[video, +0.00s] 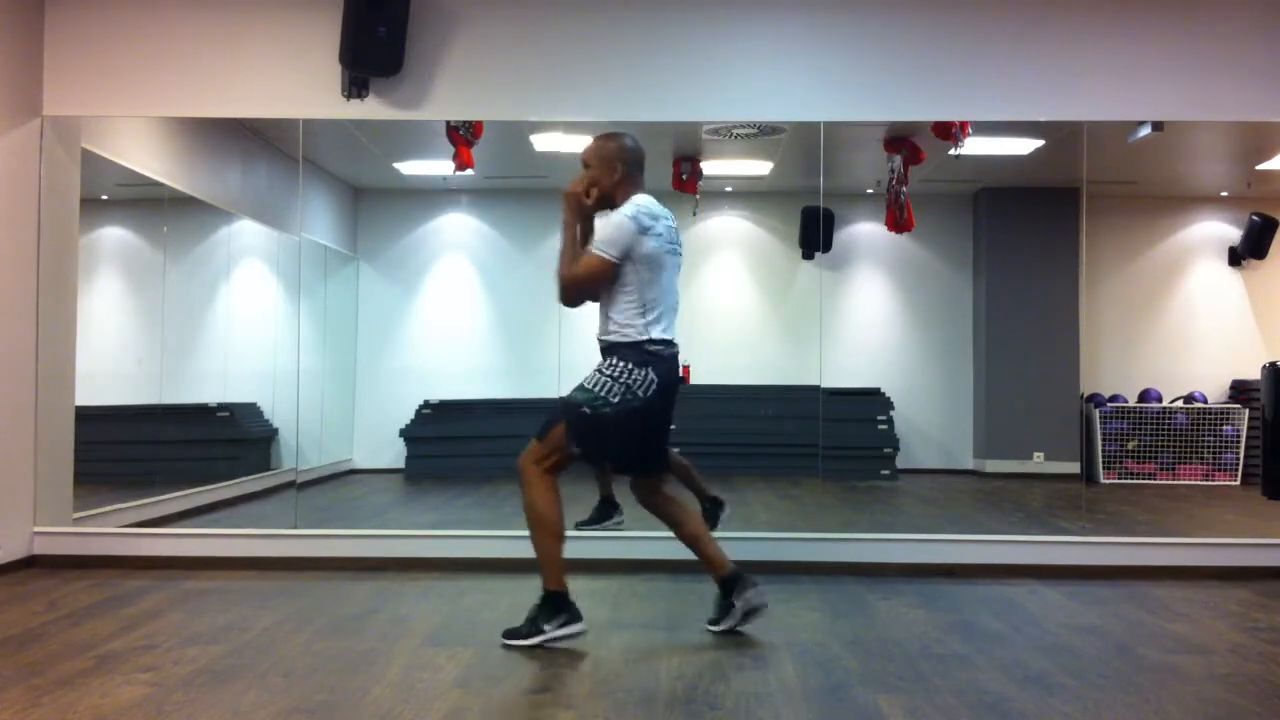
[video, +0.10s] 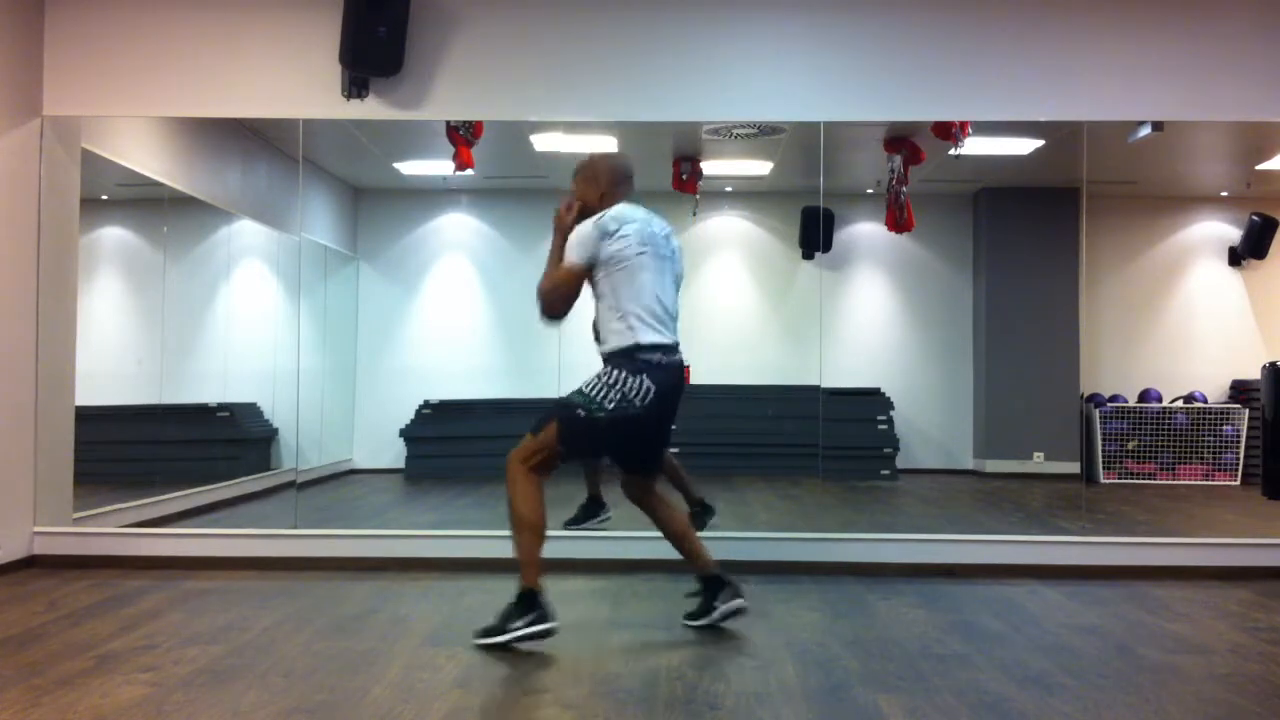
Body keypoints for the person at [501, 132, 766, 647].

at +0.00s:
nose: (582, 180)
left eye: (588, 169)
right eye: (583, 169)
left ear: (617, 173)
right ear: (629, 174)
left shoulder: (625, 218)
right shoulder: (658, 218)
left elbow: (570, 288)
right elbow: (584, 286)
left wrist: (573, 219)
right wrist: (582, 220)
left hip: (627, 369)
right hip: (656, 369)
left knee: (536, 465)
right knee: (650, 488)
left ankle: (556, 603)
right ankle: (733, 582)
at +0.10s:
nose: (572, 193)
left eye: (578, 183)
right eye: (575, 183)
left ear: (601, 185)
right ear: (623, 186)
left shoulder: (595, 228)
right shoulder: (663, 231)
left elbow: (552, 305)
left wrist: (559, 236)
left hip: (628, 375)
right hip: (668, 375)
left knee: (523, 464)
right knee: (640, 485)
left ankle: (530, 600)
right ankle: (715, 582)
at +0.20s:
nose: (559, 234)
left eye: (560, 225)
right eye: (558, 226)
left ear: (578, 217)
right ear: (605, 213)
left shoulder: (581, 253)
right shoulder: (654, 254)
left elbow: (554, 344)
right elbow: (652, 329)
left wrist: (548, 277)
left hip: (620, 397)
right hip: (663, 395)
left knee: (513, 473)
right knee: (633, 498)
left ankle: (516, 609)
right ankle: (715, 592)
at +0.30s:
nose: (528, 250)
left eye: (530, 238)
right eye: (526, 240)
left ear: (553, 231)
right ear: (570, 229)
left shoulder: (579, 267)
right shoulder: (613, 261)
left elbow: (554, 358)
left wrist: (523, 299)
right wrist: (542, 287)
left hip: (618, 412)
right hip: (647, 411)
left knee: (503, 475)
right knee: (607, 515)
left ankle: (516, 613)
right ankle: (708, 588)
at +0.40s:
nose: (501, 253)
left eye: (505, 242)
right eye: (499, 243)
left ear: (534, 240)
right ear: (537, 240)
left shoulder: (583, 278)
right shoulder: (552, 284)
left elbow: (562, 366)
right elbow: (528, 363)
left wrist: (515, 303)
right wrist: (506, 301)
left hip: (613, 413)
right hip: (605, 411)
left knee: (494, 475)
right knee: (578, 525)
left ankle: (517, 615)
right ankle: (692, 575)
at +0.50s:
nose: (483, 260)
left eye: (488, 249)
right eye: (481, 251)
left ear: (519, 247)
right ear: (519, 248)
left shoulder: (570, 290)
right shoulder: (528, 292)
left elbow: (547, 371)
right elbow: (516, 367)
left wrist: (501, 309)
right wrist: (491, 307)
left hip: (603, 412)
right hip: (582, 410)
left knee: (484, 477)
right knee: (549, 518)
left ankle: (515, 615)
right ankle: (661, 565)